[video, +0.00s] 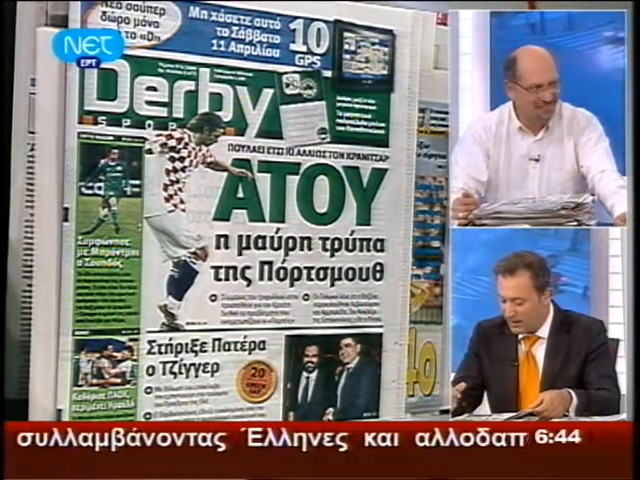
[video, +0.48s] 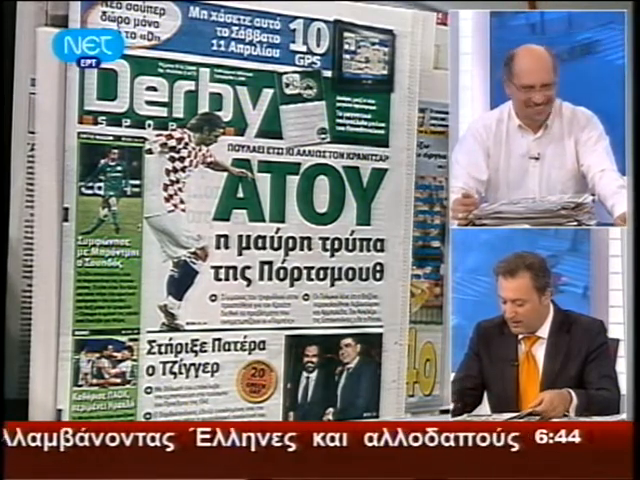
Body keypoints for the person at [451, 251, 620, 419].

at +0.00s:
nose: (509, 312)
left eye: (519, 302)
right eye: (503, 301)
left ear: (546, 296)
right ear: (498, 297)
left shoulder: (588, 333)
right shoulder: (487, 334)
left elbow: (610, 402)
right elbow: (464, 401)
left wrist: (569, 400)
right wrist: (455, 398)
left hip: (569, 452)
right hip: (505, 450)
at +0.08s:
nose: (509, 312)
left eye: (519, 302)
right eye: (504, 301)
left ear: (546, 296)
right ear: (499, 297)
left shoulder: (588, 332)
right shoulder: (487, 334)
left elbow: (610, 402)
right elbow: (464, 399)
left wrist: (569, 400)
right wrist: (455, 399)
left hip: (568, 451)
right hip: (505, 450)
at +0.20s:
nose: (509, 313)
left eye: (519, 303)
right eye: (504, 302)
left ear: (546, 297)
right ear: (499, 297)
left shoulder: (588, 332)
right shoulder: (487, 334)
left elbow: (610, 402)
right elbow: (465, 398)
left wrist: (569, 400)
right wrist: (455, 399)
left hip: (568, 451)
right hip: (505, 450)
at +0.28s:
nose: (509, 313)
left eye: (519, 304)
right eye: (504, 302)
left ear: (546, 297)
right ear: (499, 298)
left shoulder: (588, 333)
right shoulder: (487, 334)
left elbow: (610, 402)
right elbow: (464, 404)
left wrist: (569, 400)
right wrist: (457, 397)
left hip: (569, 452)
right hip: (505, 450)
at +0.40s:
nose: (509, 313)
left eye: (519, 304)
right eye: (504, 302)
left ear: (546, 297)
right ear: (499, 298)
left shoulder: (588, 333)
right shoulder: (487, 334)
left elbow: (610, 402)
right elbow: (461, 401)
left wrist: (569, 400)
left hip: (570, 453)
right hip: (506, 450)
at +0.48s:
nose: (509, 313)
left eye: (519, 303)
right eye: (504, 302)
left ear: (546, 297)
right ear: (499, 298)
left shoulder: (588, 333)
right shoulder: (487, 334)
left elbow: (610, 402)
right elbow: (461, 400)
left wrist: (569, 400)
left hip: (570, 453)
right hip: (506, 451)